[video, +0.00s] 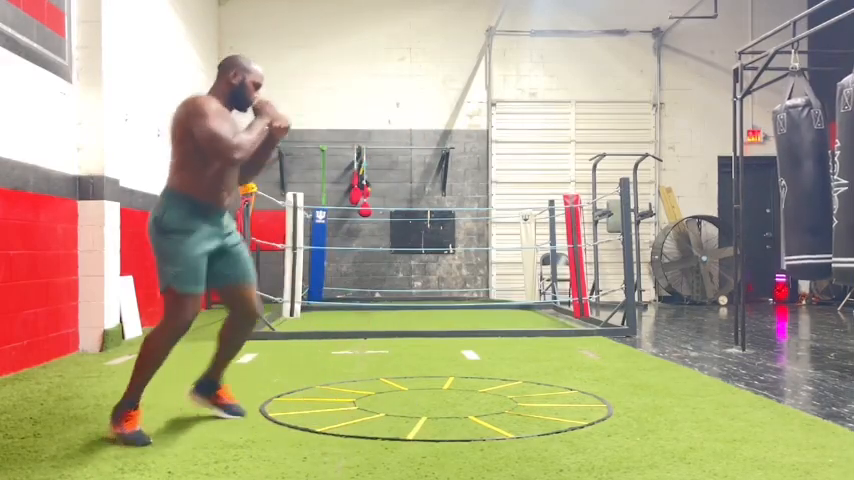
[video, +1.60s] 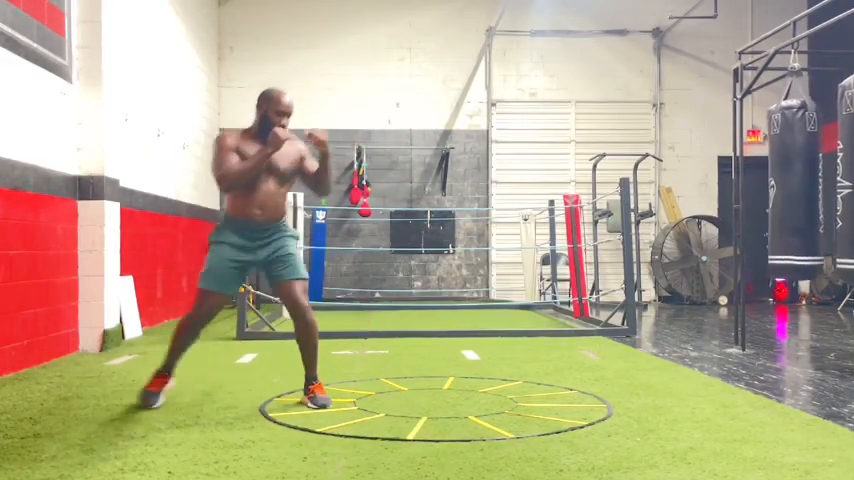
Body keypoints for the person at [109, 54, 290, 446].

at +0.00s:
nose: (258, 95)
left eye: (260, 89)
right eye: (255, 86)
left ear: (234, 79)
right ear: (232, 77)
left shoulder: (232, 122)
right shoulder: (199, 107)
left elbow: (242, 176)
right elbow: (236, 148)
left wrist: (272, 141)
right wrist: (266, 120)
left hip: (222, 224)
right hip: (182, 220)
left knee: (248, 311)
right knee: (181, 316)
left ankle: (209, 385)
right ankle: (126, 410)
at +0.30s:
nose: (254, 91)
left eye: (256, 85)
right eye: (250, 83)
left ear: (232, 75)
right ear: (227, 73)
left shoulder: (234, 117)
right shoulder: (192, 105)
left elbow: (242, 162)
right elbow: (222, 147)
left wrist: (270, 139)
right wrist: (258, 121)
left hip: (229, 215)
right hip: (186, 217)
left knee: (269, 291)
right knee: (172, 310)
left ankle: (246, 368)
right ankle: (135, 405)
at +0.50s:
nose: (274, 115)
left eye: (276, 109)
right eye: (271, 108)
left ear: (253, 102)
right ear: (248, 100)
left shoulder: (258, 145)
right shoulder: (213, 136)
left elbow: (272, 190)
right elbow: (236, 175)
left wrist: (296, 163)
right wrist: (275, 147)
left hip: (249, 241)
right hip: (206, 240)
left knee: (284, 312)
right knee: (187, 319)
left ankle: (296, 384)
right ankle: (141, 405)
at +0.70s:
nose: (298, 101)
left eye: (300, 95)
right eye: (294, 93)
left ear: (282, 91)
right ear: (271, 88)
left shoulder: (294, 131)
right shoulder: (238, 124)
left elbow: (324, 168)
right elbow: (253, 163)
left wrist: (333, 132)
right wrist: (292, 127)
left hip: (284, 224)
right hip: (243, 221)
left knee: (302, 302)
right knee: (218, 300)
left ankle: (300, 384)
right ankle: (173, 385)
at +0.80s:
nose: (304, 92)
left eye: (306, 86)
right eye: (300, 85)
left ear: (296, 86)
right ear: (277, 80)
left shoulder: (303, 122)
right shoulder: (243, 112)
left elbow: (330, 161)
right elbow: (258, 146)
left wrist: (338, 125)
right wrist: (296, 115)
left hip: (295, 212)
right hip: (251, 211)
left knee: (319, 292)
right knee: (234, 292)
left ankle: (315, 370)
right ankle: (204, 368)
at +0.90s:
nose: (309, 101)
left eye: (312, 95)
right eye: (305, 93)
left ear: (309, 96)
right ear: (283, 89)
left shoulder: (308, 133)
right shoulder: (250, 122)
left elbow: (330, 171)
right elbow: (263, 158)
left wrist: (344, 141)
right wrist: (301, 125)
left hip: (305, 221)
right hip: (260, 221)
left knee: (339, 291)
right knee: (242, 302)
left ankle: (359, 367)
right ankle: (216, 376)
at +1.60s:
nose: (284, 122)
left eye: (288, 117)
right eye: (279, 115)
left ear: (290, 118)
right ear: (261, 110)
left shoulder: (295, 147)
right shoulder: (231, 140)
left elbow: (321, 188)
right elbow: (226, 180)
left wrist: (325, 156)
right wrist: (267, 150)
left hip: (277, 236)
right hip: (233, 236)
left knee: (299, 302)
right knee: (203, 311)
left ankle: (313, 383)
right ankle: (164, 373)